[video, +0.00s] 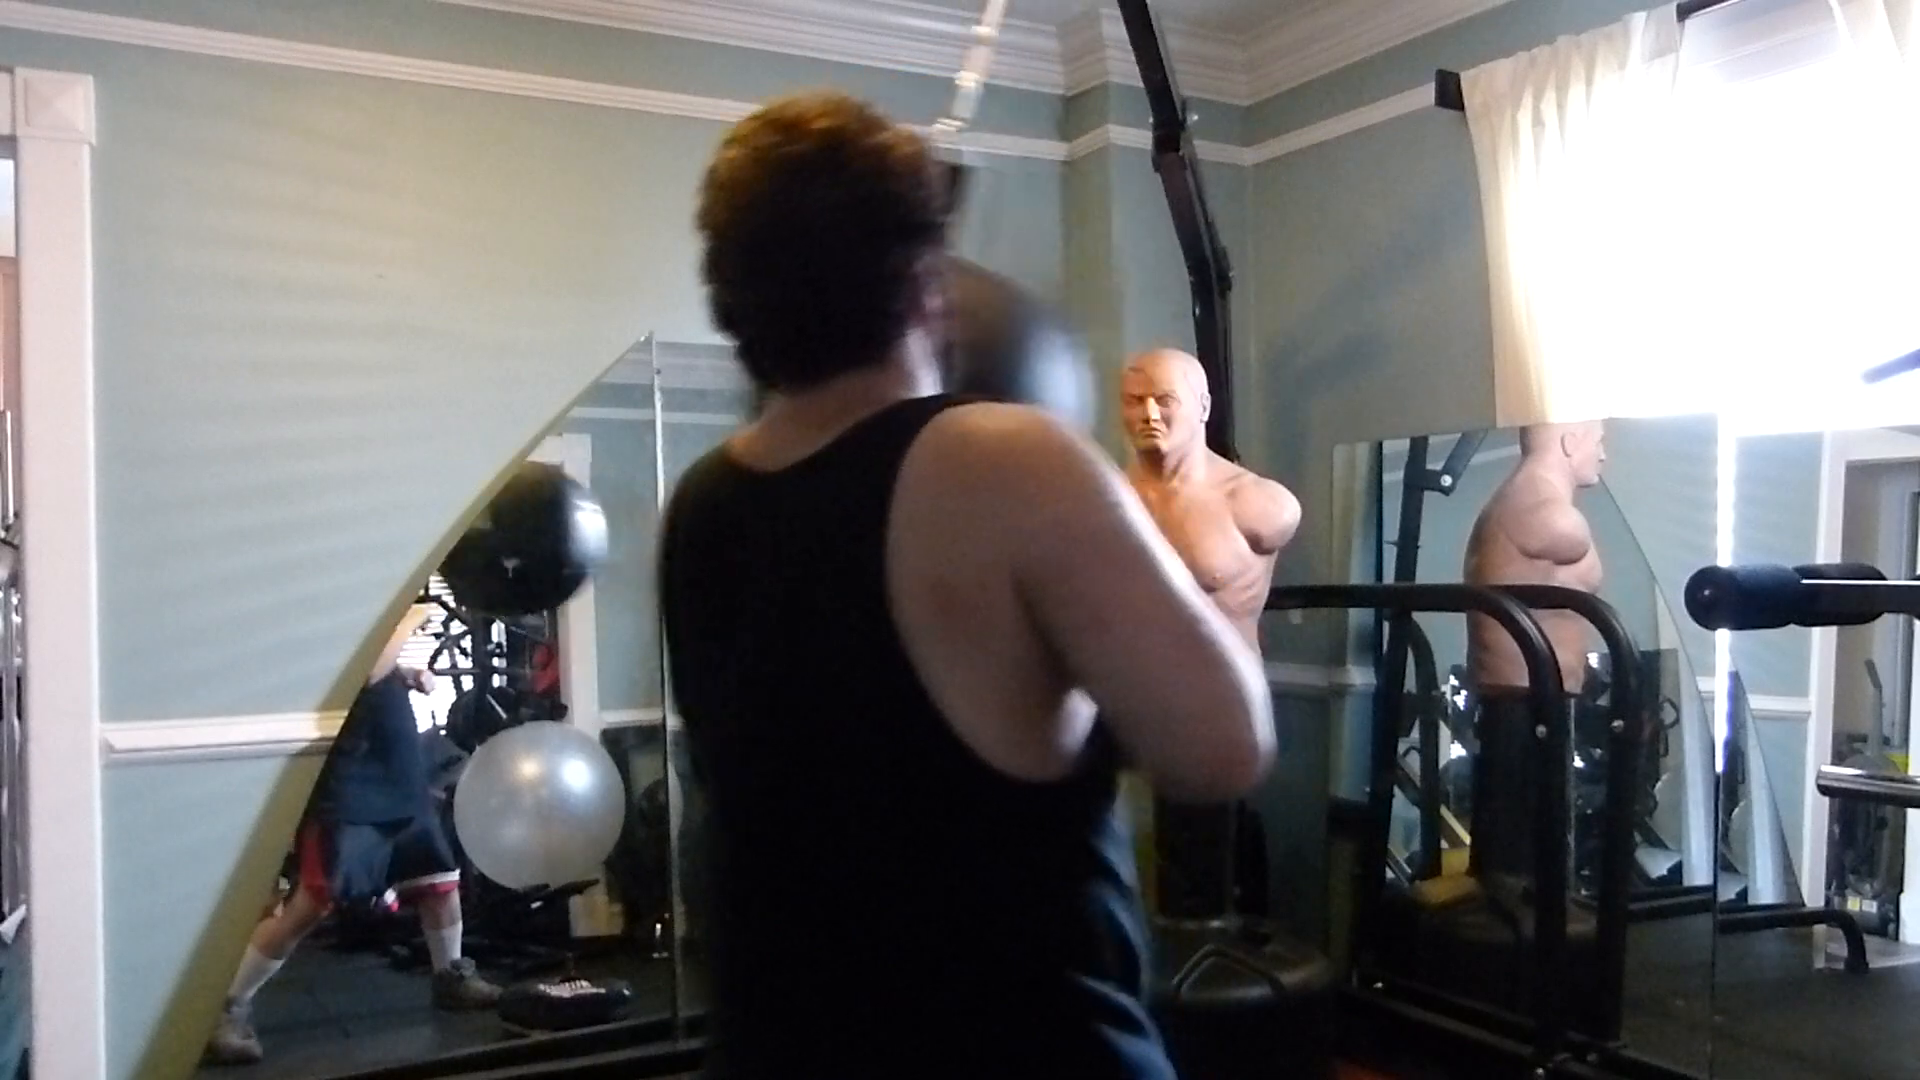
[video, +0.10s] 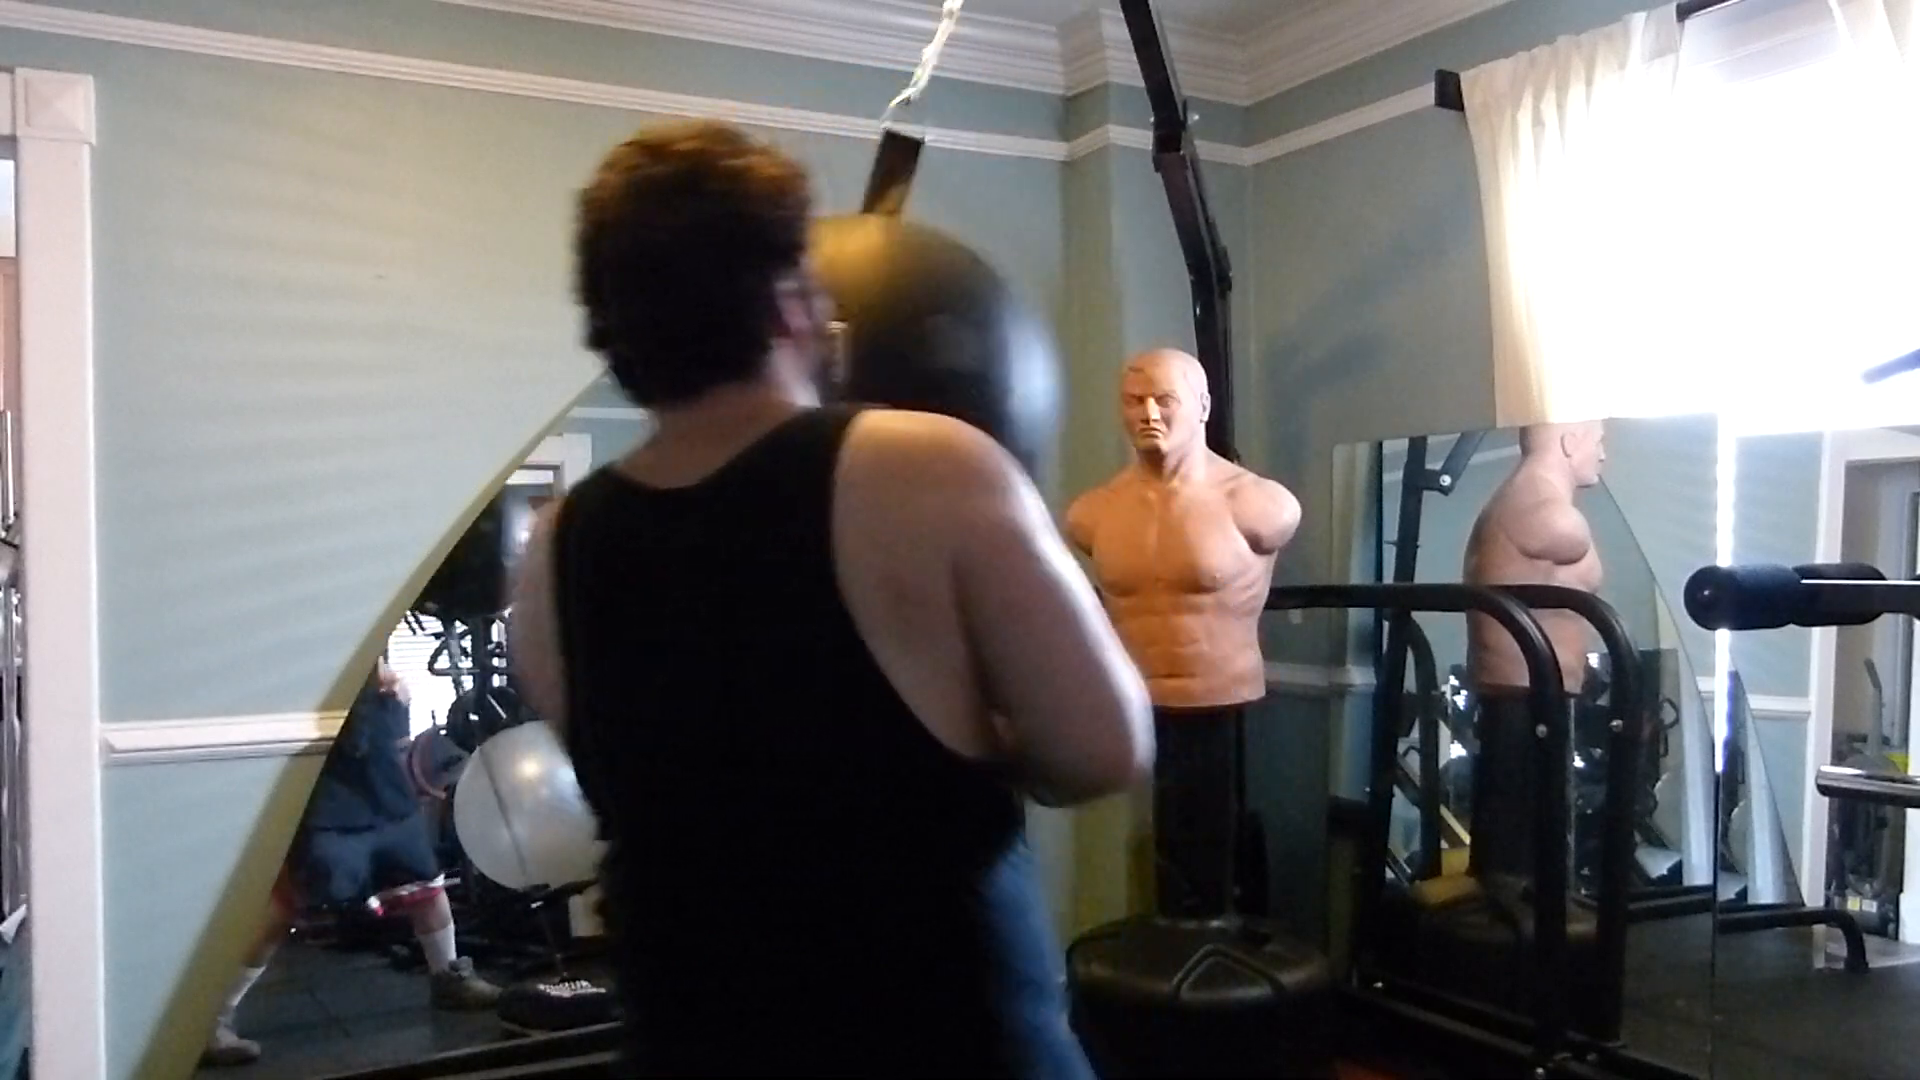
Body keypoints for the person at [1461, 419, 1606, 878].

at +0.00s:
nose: (1604, 455)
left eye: (1603, 440)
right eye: (1598, 438)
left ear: (1558, 440)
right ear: (1567, 440)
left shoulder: (1512, 499)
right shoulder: (1539, 498)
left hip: (1510, 696)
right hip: (1530, 700)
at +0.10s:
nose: (1603, 454)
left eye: (1603, 440)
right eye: (1598, 438)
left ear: (1557, 440)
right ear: (1567, 440)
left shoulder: (1511, 499)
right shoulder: (1539, 499)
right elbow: (1592, 573)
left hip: (1509, 691)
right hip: (1530, 695)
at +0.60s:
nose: (1603, 455)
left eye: (1602, 441)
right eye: (1598, 439)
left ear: (1556, 440)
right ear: (1567, 441)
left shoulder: (1511, 499)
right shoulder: (1541, 502)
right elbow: (1595, 574)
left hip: (1508, 694)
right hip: (1530, 698)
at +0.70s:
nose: (1603, 455)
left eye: (1602, 441)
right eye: (1598, 439)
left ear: (1554, 440)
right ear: (1567, 441)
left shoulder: (1510, 500)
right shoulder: (1540, 502)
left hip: (1509, 697)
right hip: (1530, 701)